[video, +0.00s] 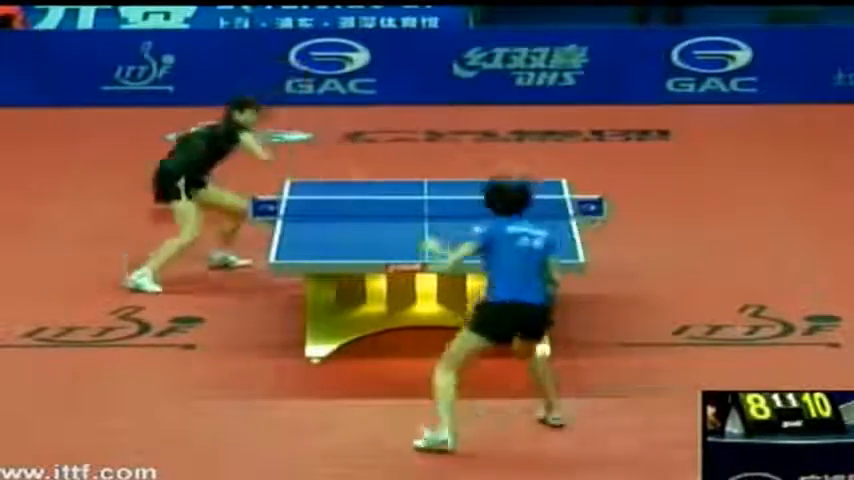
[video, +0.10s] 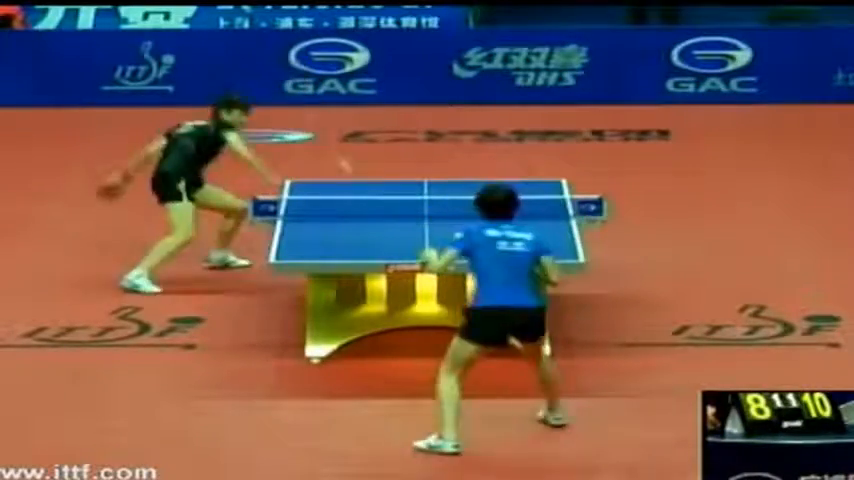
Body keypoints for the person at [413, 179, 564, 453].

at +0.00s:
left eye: (491, 202)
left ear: (494, 205)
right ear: (524, 204)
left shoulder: (492, 231)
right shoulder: (542, 235)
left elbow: (454, 261)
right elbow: (554, 279)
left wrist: (437, 258)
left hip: (498, 307)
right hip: (535, 309)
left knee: (447, 365)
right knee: (535, 352)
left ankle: (445, 431)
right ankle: (552, 411)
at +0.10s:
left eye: (481, 207)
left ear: (481, 210)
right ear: (513, 210)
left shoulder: (473, 234)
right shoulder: (529, 236)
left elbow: (440, 266)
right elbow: (553, 276)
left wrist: (428, 257)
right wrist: (533, 270)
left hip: (488, 311)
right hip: (528, 311)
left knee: (450, 370)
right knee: (542, 357)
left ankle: (448, 437)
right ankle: (555, 411)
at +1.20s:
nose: (466, 268)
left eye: (466, 262)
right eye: (463, 262)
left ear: (430, 253)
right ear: (451, 262)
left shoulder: (404, 263)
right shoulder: (452, 299)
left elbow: (354, 249)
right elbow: (431, 328)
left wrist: (321, 225)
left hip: (363, 346)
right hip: (407, 358)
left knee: (321, 409)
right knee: (463, 409)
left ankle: (319, 472)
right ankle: (499, 470)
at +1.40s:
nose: (428, 253)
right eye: (425, 249)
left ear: (388, 252)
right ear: (420, 252)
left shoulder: (375, 275)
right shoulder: (436, 281)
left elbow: (331, 287)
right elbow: (443, 320)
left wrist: (301, 284)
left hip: (379, 361)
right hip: (424, 362)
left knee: (356, 428)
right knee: (462, 407)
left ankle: (353, 474)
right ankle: (493, 469)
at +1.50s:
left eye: (389, 233)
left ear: (389, 236)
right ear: (425, 236)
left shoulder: (379, 263)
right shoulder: (441, 268)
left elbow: (337, 287)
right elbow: (471, 308)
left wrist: (317, 287)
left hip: (394, 348)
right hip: (435, 347)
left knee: (372, 418)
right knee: (470, 397)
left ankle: (366, 472)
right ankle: (498, 458)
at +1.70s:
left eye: (417, 235)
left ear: (420, 239)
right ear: (451, 240)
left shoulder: (406, 265)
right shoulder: (466, 269)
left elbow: (377, 297)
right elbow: (502, 307)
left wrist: (370, 309)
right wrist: (522, 314)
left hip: (420, 350)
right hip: (464, 348)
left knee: (411, 424)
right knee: (495, 400)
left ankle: (416, 474)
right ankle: (527, 453)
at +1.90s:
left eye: (475, 232)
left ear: (476, 234)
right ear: (509, 237)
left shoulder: (460, 258)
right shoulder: (520, 267)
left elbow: (422, 266)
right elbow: (549, 299)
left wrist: (405, 260)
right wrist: (564, 300)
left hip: (463, 341)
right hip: (504, 343)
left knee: (439, 406)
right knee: (531, 402)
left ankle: (427, 468)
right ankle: (541, 459)